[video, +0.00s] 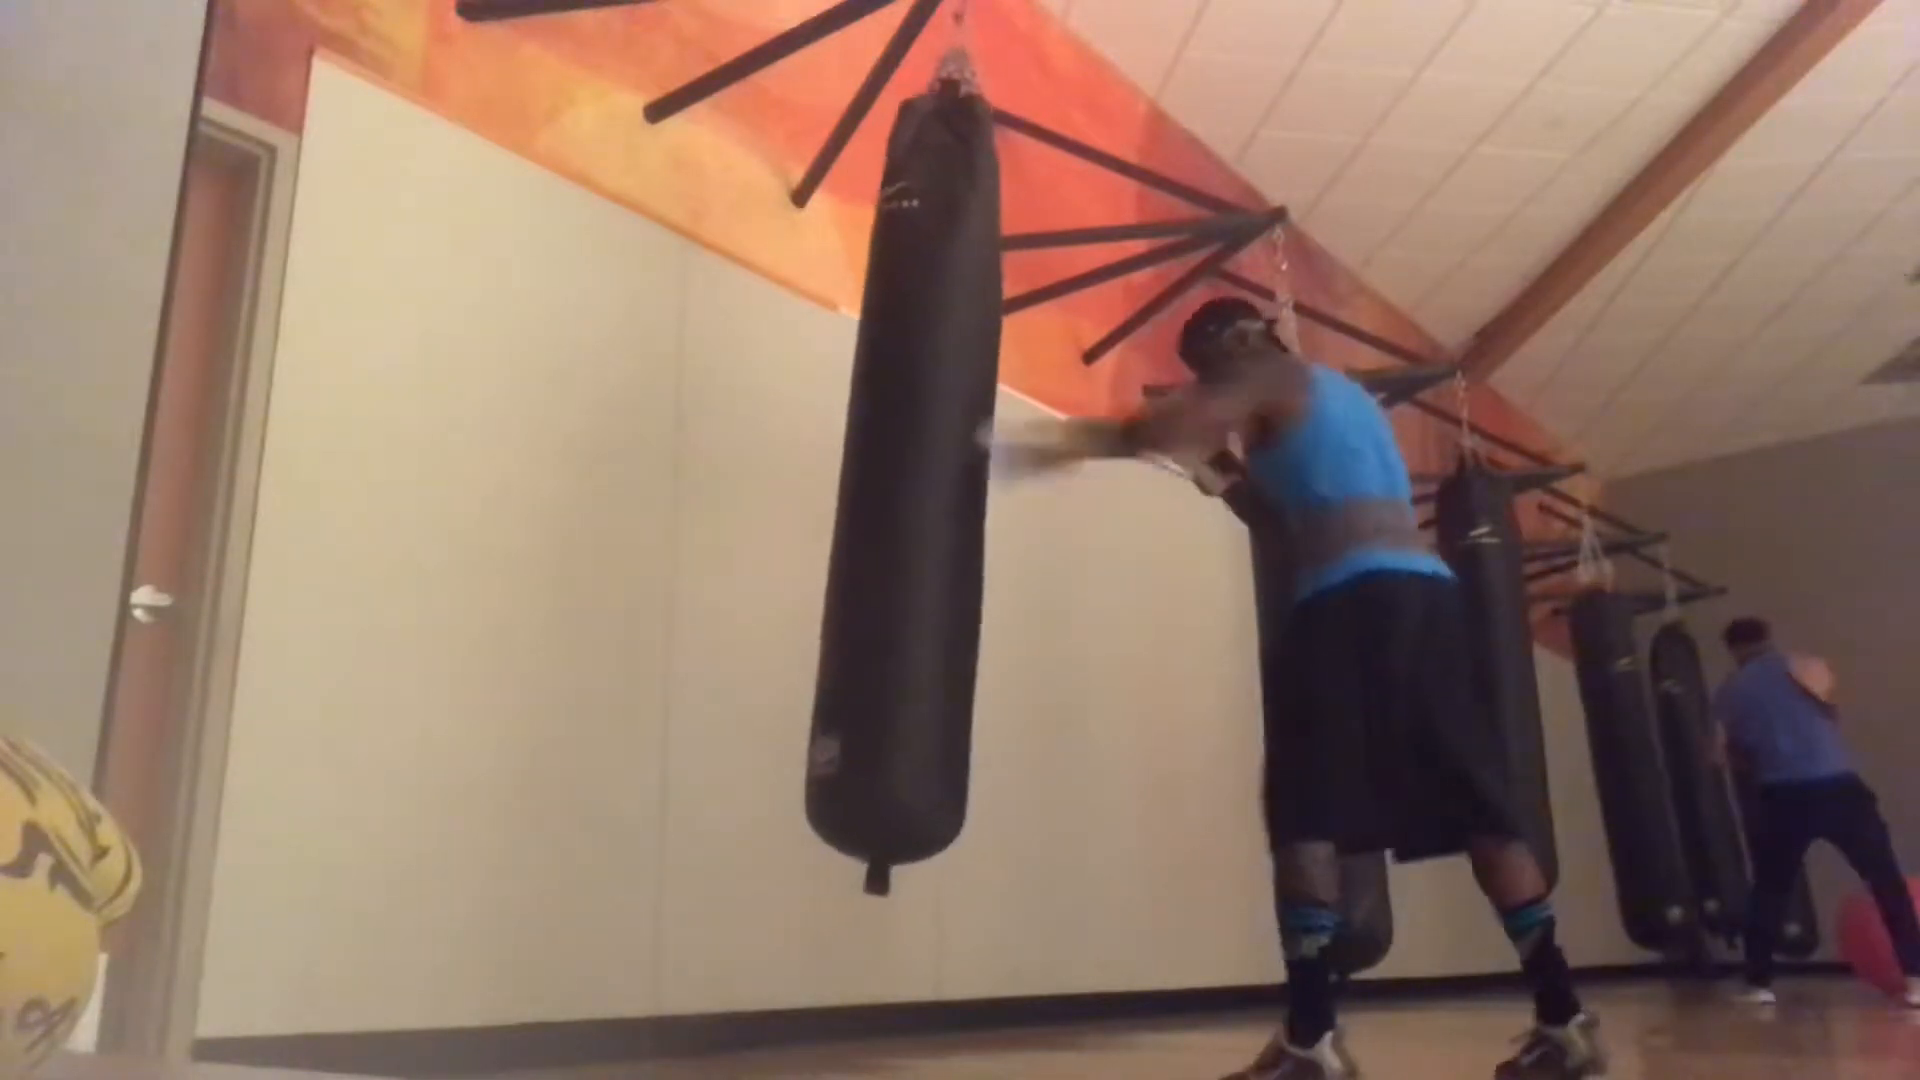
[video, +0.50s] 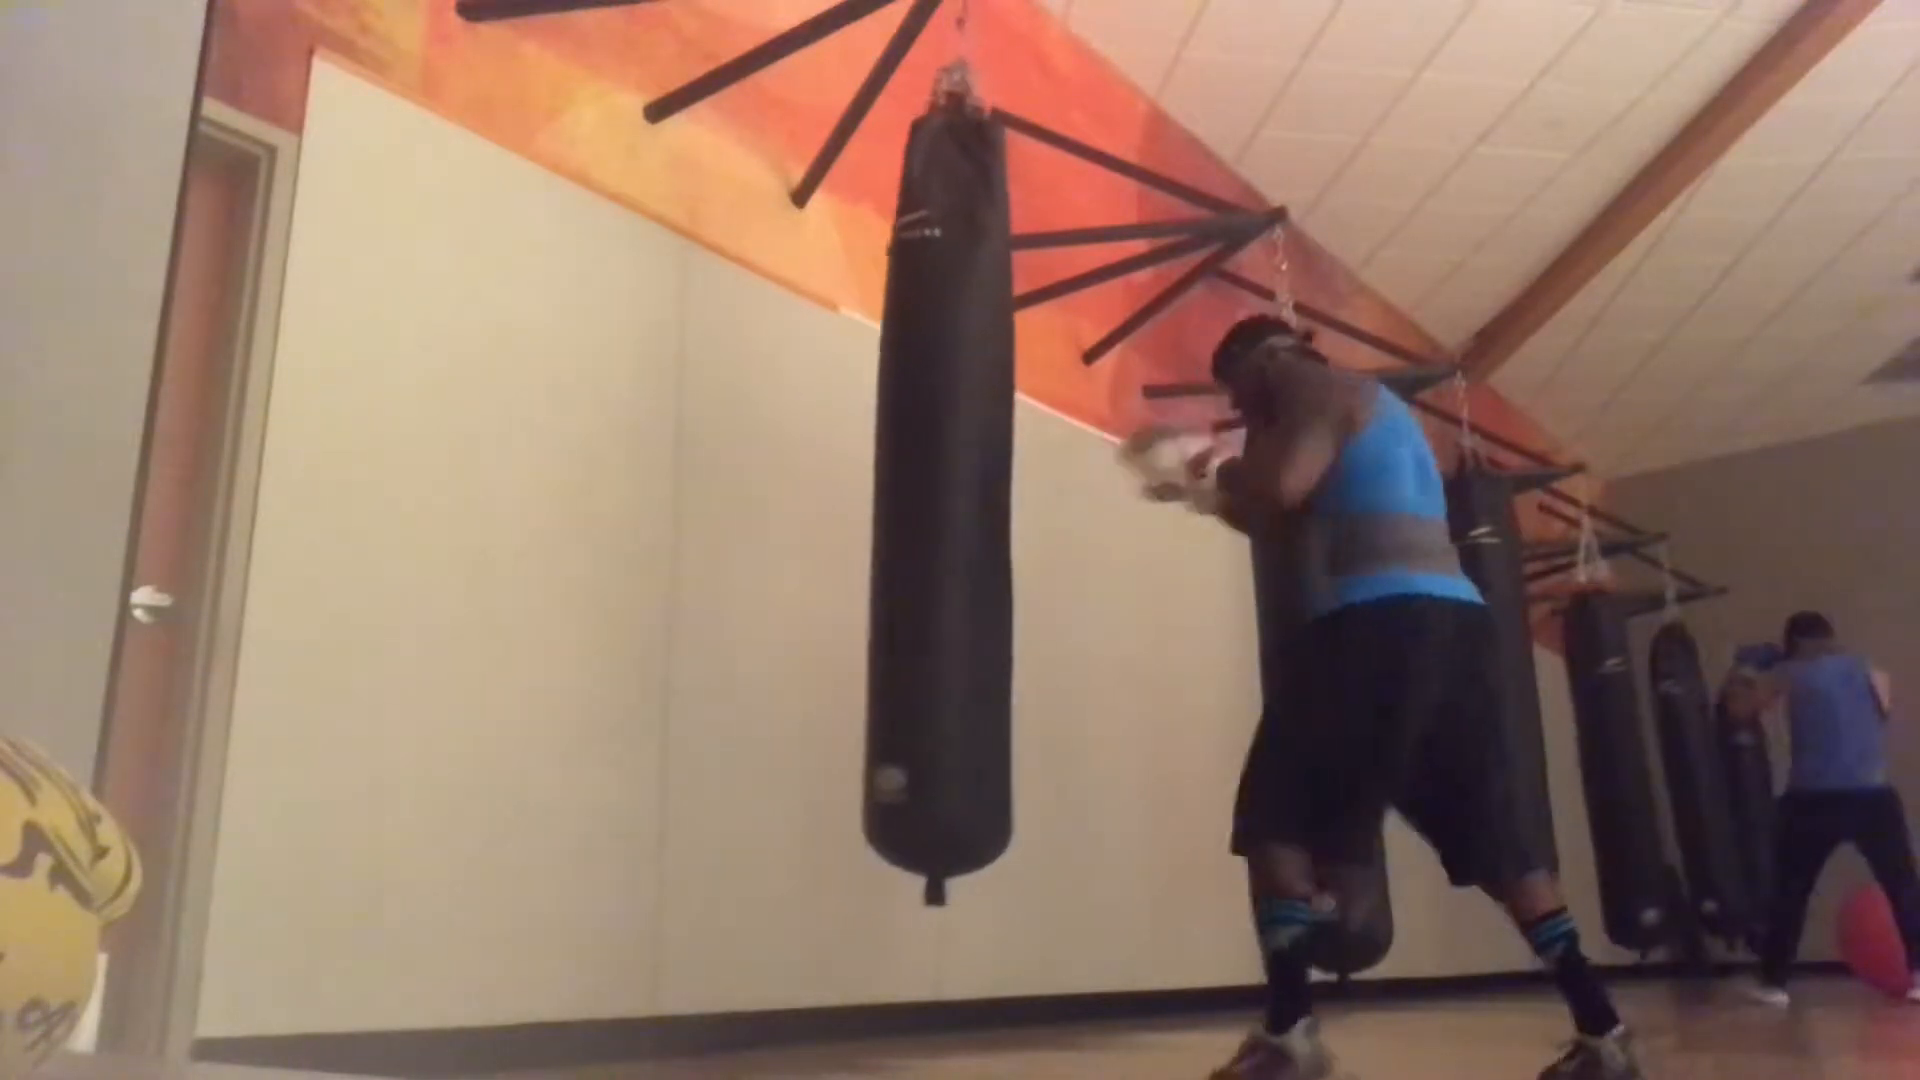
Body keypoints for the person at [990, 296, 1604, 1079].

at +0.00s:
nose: (1207, 386)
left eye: (1207, 371)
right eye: (1204, 375)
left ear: (1235, 342)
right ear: (1268, 336)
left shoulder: (1265, 370)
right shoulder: (1347, 399)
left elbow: (1173, 428)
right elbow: (1308, 530)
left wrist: (1072, 439)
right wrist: (1233, 485)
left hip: (1343, 611)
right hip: (1428, 604)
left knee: (1301, 815)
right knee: (1477, 803)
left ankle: (1311, 1036)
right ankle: (1565, 1018)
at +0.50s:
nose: (1244, 410)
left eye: (1242, 392)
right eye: (1237, 399)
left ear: (1265, 362)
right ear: (1294, 347)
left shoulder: (1306, 380)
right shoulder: (1381, 406)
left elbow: (1281, 482)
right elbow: (1285, 521)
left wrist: (1226, 472)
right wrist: (1209, 494)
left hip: (1372, 626)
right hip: (1454, 623)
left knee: (1273, 815)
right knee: (1486, 827)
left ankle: (1288, 1026)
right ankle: (1601, 1025)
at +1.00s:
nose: (1176, 380)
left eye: (1181, 365)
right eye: (1179, 371)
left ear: (1194, 347)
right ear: (1264, 323)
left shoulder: (1204, 366)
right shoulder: (1347, 366)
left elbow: (1088, 463)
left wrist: (1033, 456)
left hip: (1275, 612)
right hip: (1383, 599)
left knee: (1241, 827)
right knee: (1473, 805)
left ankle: (1221, 1041)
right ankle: (1582, 1016)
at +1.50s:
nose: (1242, 348)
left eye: (1242, 336)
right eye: (1240, 338)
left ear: (1255, 312)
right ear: (1314, 287)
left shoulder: (1276, 327)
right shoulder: (1419, 344)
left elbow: (1214, 453)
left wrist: (1162, 450)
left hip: (1320, 599)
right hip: (1442, 597)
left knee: (1241, 819)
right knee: (1496, 818)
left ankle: (1224, 1039)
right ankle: (1593, 1046)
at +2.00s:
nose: (1207, 311)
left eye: (1209, 298)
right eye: (1204, 302)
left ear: (1224, 274)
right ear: (1292, 248)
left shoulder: (1234, 295)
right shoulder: (1392, 300)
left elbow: (1148, 412)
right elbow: (1445, 366)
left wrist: (1108, 411)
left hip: (1284, 568)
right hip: (1413, 564)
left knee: (1236, 812)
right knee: (1486, 804)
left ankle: (1196, 1043)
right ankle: (1571, 1046)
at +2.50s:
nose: (1193, 268)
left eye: (1193, 253)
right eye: (1193, 254)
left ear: (1211, 231)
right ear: (1279, 214)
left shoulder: (1205, 254)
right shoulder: (1376, 260)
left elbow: (1060, 369)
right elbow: (1433, 359)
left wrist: (1012, 369)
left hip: (1256, 544)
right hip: (1390, 539)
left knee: (1215, 794)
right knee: (1458, 790)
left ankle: (1180, 1048)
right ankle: (1534, 1043)